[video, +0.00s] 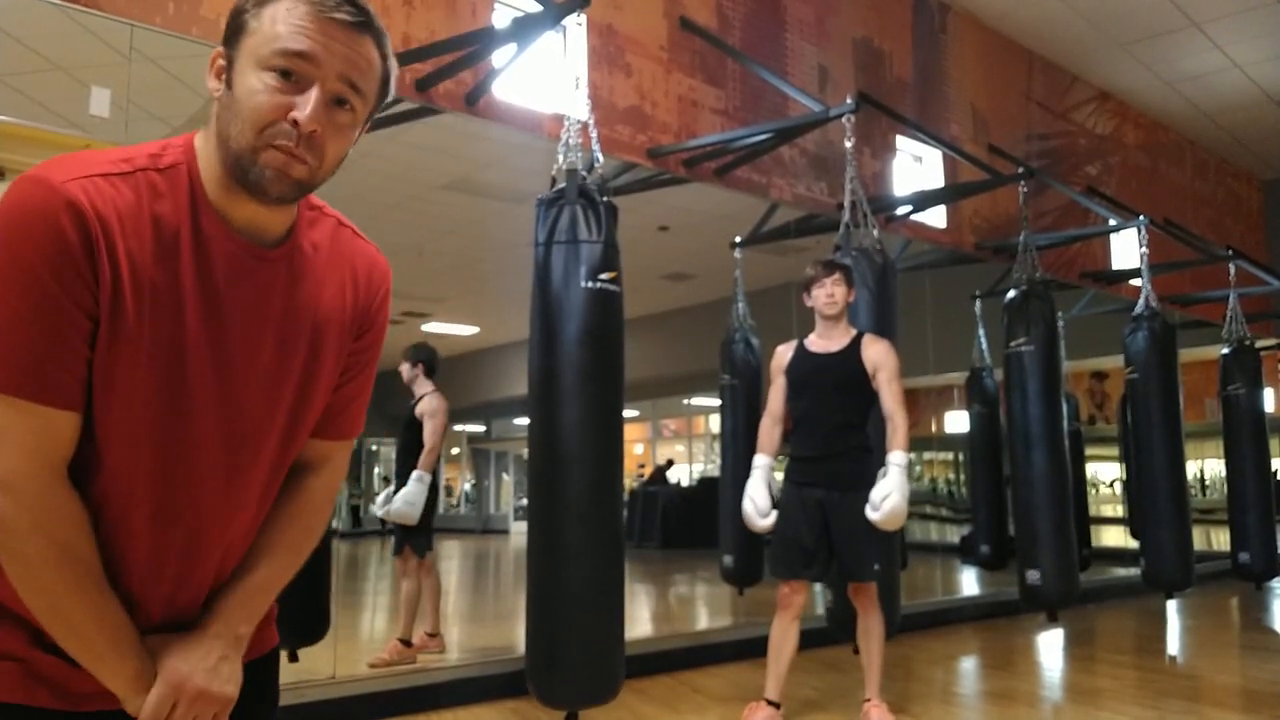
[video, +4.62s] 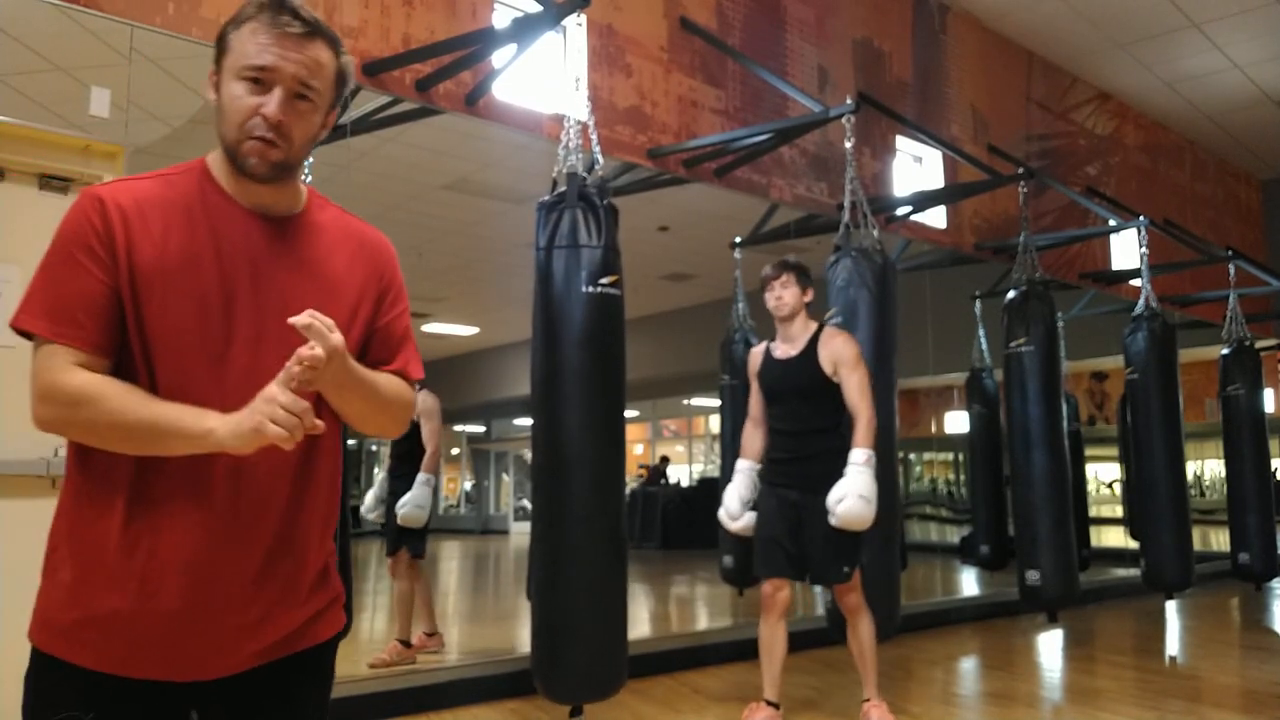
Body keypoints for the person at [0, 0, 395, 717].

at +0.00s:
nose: (308, 116)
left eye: (342, 102)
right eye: (286, 76)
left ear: (357, 135)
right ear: (220, 73)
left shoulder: (357, 276)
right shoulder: (62, 212)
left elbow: (321, 467)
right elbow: (22, 481)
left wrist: (224, 635)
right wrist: (143, 686)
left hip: (232, 676)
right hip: (45, 673)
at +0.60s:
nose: (369, 117)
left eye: (400, 108)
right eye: (352, 81)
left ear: (411, 144)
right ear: (292, 81)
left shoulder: (396, 283)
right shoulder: (150, 204)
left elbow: (380, 453)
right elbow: (85, 441)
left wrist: (305, 584)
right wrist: (231, 611)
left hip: (259, 661)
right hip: (69, 653)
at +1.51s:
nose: (296, 80)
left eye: (325, 73)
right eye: (277, 45)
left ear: (332, 104)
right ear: (214, 43)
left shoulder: (328, 250)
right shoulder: (78, 173)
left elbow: (341, 407)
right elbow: (10, 375)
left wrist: (332, 492)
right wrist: (163, 527)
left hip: (239, 663)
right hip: (62, 664)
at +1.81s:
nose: (225, 47)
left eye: (250, 37)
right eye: (199, 17)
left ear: (259, 67)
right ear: (132, 24)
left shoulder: (280, 214)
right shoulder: (23, 160)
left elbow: (316, 362)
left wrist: (280, 411)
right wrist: (147, 413)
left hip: (239, 645)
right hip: (51, 655)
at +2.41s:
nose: (246, 58)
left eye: (273, 46)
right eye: (222, 36)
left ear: (305, 79)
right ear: (183, 63)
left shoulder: (370, 230)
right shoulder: (93, 206)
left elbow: (430, 378)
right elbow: (13, 380)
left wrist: (373, 400)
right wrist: (170, 409)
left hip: (301, 651)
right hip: (114, 652)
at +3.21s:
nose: (173, 79)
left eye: (200, 59)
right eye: (148, 53)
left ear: (232, 83)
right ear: (109, 66)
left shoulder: (292, 229)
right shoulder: (22, 195)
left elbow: (327, 407)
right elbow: (2, 375)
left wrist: (314, 337)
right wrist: (133, 383)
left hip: (237, 640)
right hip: (47, 642)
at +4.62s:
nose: (273, 111)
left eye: (302, 96)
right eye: (255, 81)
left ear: (328, 119)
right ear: (215, 84)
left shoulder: (366, 255)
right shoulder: (115, 214)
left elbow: (394, 418)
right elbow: (56, 392)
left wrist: (342, 376)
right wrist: (223, 428)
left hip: (282, 647)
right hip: (107, 639)